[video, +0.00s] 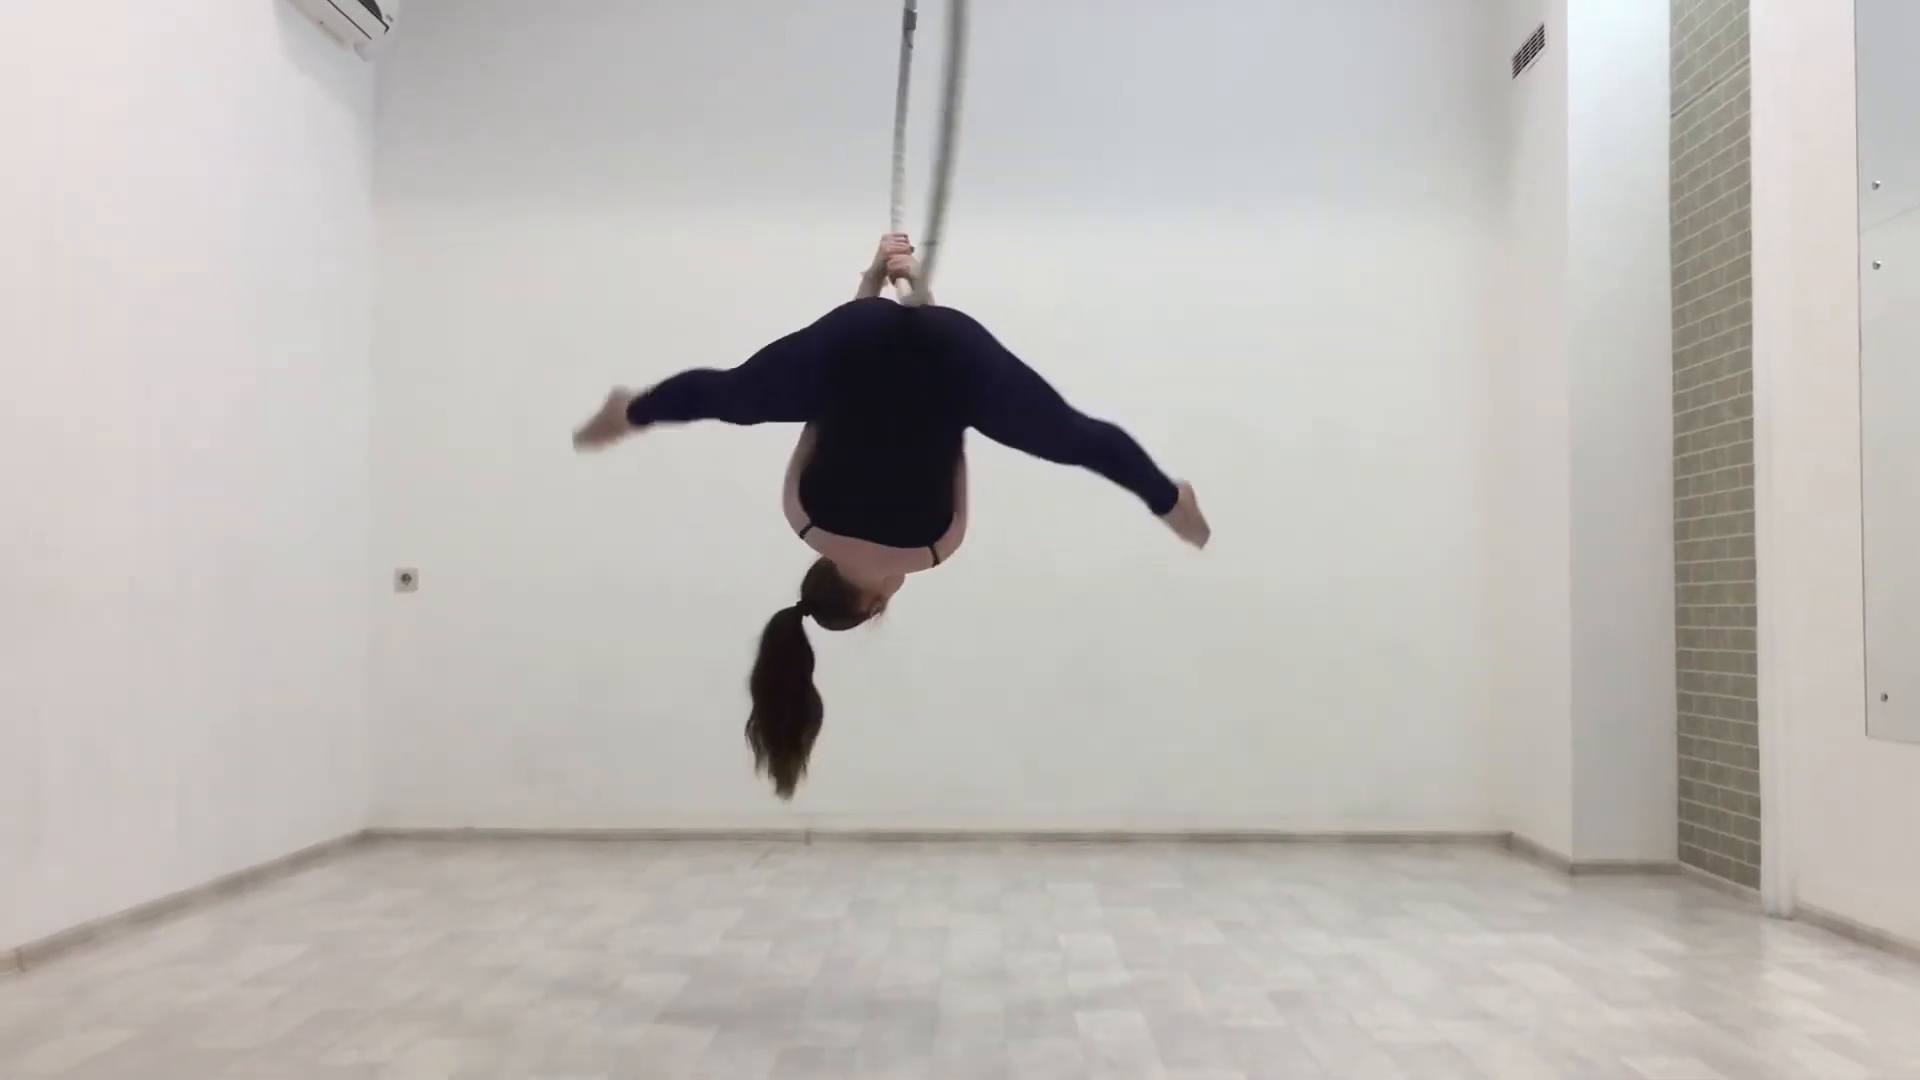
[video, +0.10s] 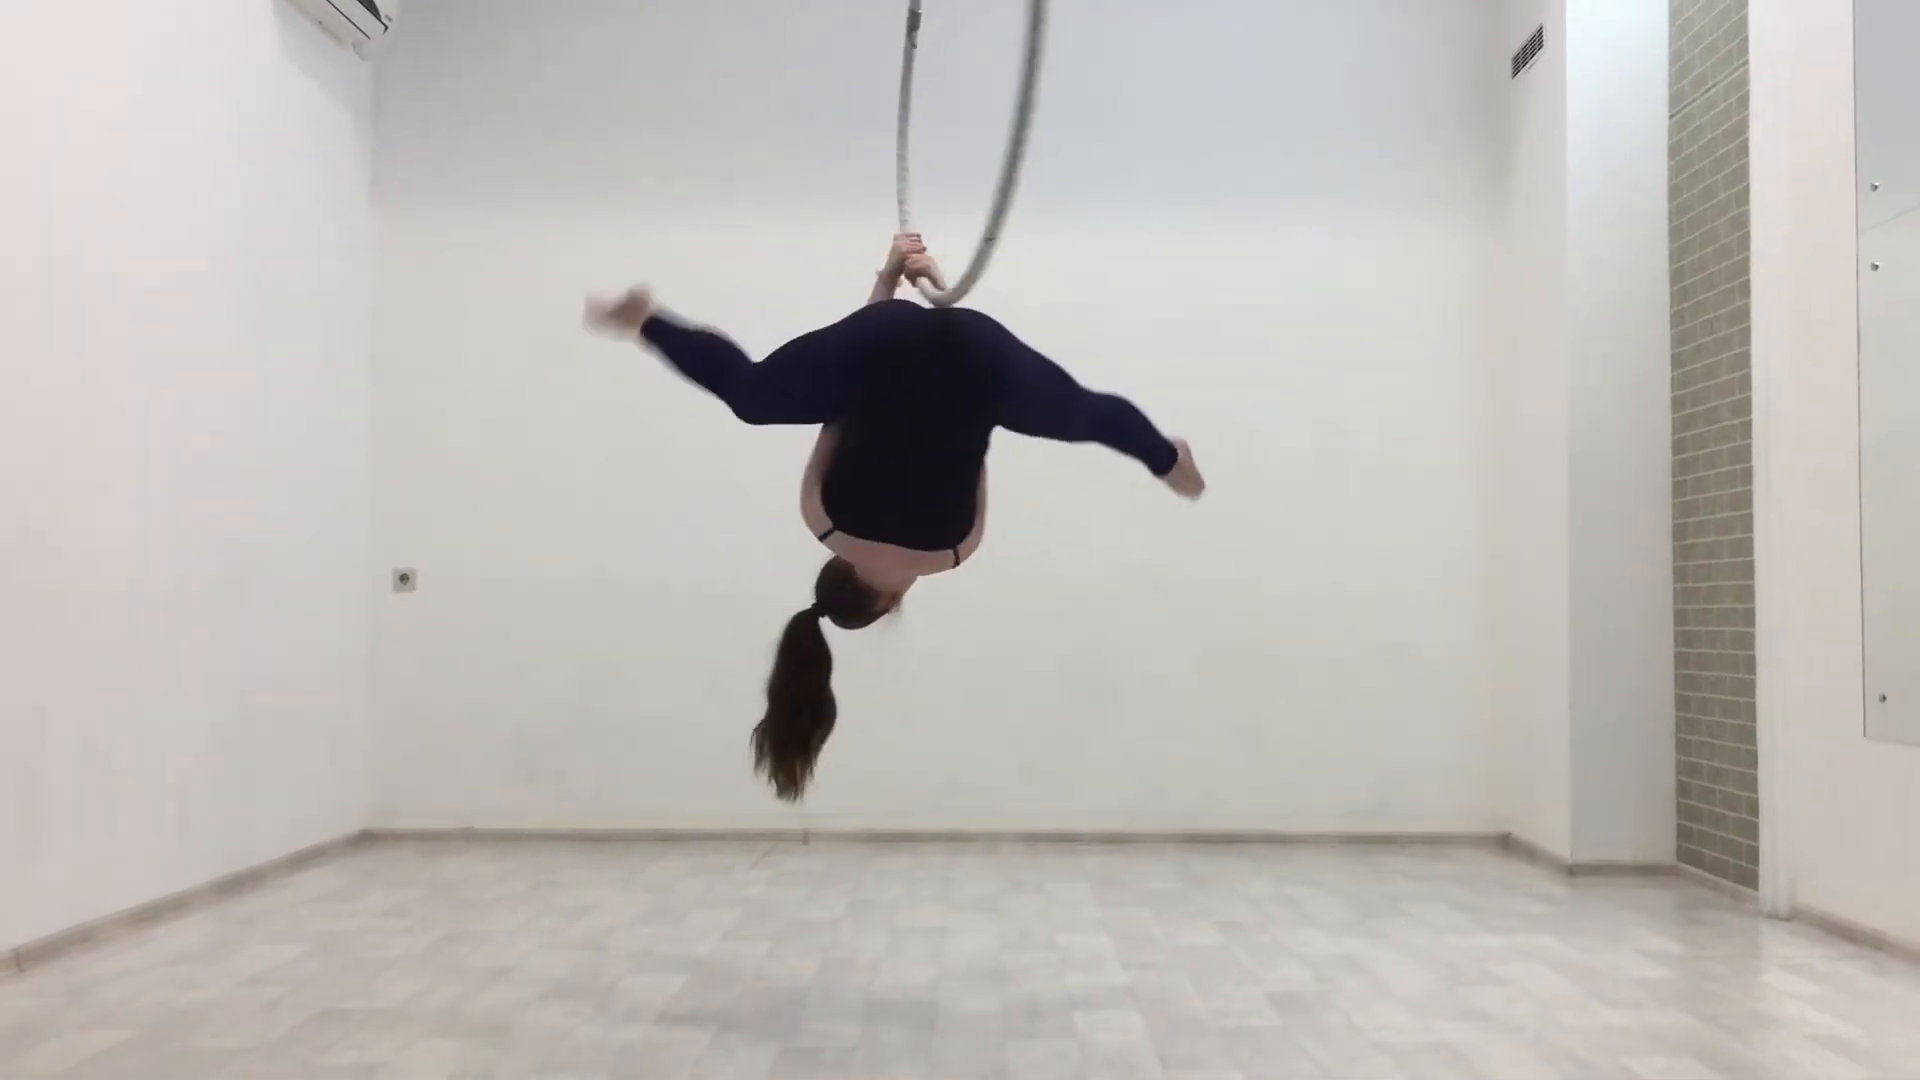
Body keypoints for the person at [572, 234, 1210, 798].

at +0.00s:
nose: (886, 607)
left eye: (875, 611)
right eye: (878, 613)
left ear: (860, 593)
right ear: (842, 587)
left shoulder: (945, 542)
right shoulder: (800, 520)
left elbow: (942, 417)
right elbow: (828, 397)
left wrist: (900, 291)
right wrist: (881, 288)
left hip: (945, 352)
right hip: (862, 337)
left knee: (1064, 435)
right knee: (736, 393)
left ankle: (1170, 498)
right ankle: (632, 408)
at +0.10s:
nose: (897, 602)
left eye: (886, 608)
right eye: (890, 606)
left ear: (859, 592)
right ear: (869, 587)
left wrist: (901, 285)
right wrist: (899, 287)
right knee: (753, 397)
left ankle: (1172, 458)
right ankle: (648, 322)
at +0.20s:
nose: (915, 604)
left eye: (906, 607)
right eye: (906, 606)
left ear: (899, 596)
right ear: (870, 578)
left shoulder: (977, 553)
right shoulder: (837, 519)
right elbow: (868, 394)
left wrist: (955, 294)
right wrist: (905, 281)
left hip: (995, 361)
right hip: (911, 343)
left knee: (1088, 389)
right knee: (763, 390)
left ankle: (1158, 415)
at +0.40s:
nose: (932, 593)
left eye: (925, 599)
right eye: (924, 595)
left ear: (909, 593)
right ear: (904, 574)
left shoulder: (996, 565)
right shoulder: (872, 513)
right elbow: (909, 390)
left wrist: (952, 286)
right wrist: (960, 293)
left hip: (1061, 381)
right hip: (981, 353)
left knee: (1093, 320)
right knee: (810, 308)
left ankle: (1098, 314)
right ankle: (940, 197)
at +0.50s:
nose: (939, 595)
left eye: (928, 596)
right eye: (928, 596)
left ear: (907, 591)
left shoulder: (1003, 567)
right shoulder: (888, 508)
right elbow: (922, 389)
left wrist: (978, 292)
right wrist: (967, 290)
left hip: (1091, 401)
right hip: (1042, 348)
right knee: (852, 253)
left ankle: (1079, 295)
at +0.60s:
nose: (942, 595)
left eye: (930, 595)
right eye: (929, 595)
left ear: (900, 565)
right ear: (888, 549)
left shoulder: (1009, 570)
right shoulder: (898, 506)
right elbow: (935, 383)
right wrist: (960, 293)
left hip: (1109, 415)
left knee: (1075, 307)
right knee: (914, 210)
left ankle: (1055, 247)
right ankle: (1090, 176)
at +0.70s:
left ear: (919, 608)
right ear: (883, 548)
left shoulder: (998, 571)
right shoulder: (902, 504)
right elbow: (946, 383)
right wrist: (975, 277)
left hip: (1126, 417)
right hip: (1083, 367)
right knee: (995, 177)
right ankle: (1175, 187)